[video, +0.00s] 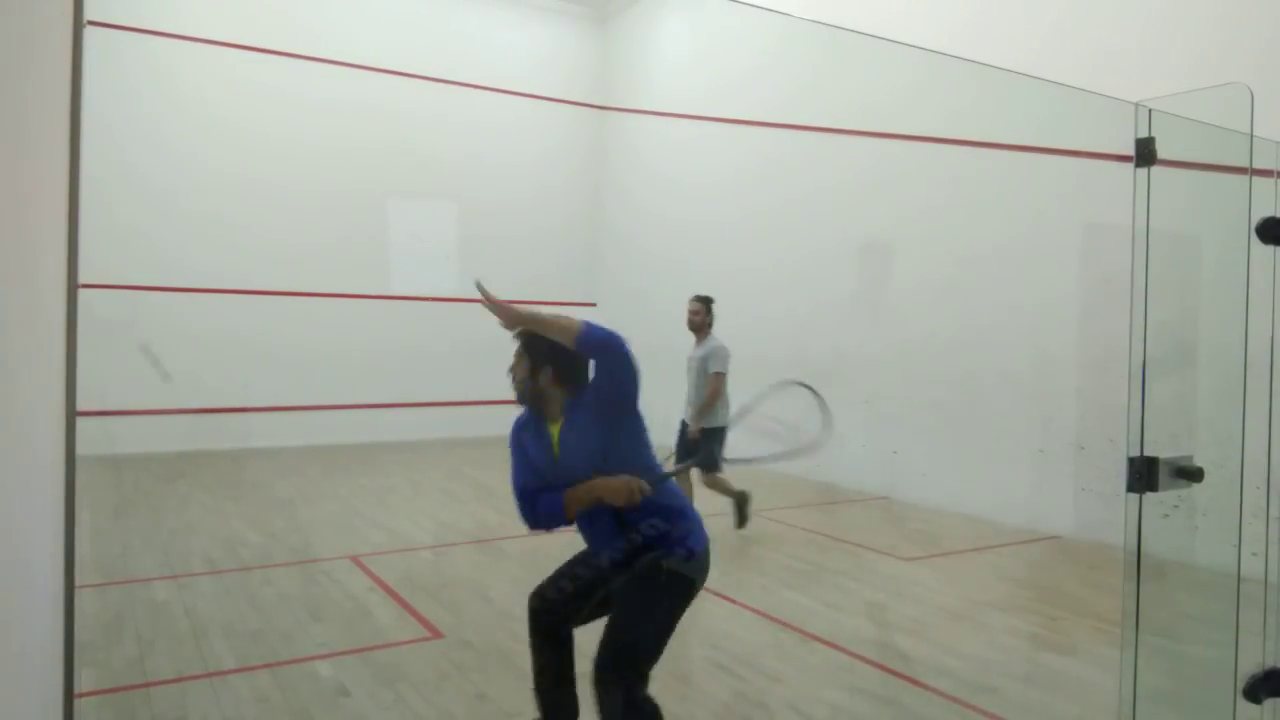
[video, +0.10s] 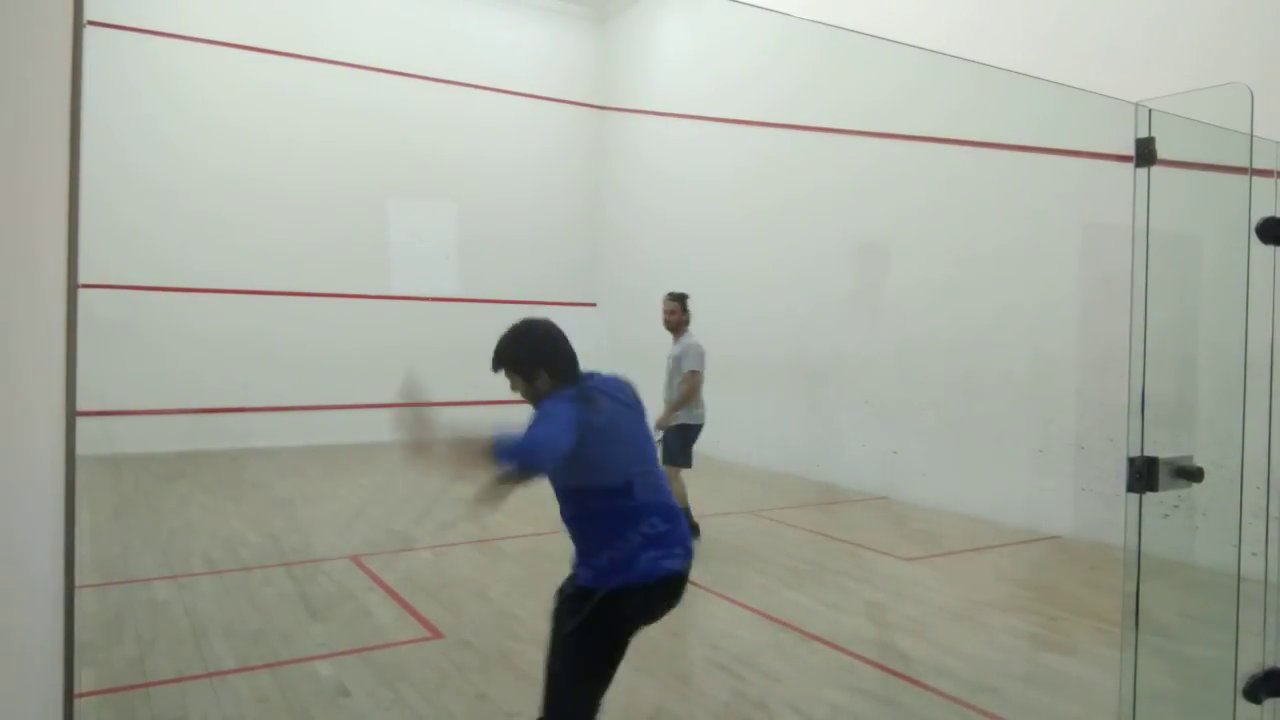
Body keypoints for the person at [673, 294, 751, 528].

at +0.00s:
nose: (690, 318)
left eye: (696, 313)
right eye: (689, 313)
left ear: (708, 317)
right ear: (688, 316)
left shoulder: (717, 350)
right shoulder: (697, 348)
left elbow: (716, 390)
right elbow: (697, 387)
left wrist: (697, 420)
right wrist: (690, 415)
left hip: (712, 424)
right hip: (691, 421)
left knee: (709, 478)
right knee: (680, 471)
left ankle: (738, 496)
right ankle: (686, 519)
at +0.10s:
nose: (667, 318)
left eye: (672, 313)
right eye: (665, 313)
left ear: (685, 316)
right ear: (662, 315)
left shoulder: (691, 347)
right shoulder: (678, 346)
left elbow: (692, 386)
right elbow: (681, 385)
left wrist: (667, 415)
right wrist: (668, 415)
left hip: (686, 419)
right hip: (677, 419)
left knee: (671, 472)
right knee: (670, 472)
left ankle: (686, 521)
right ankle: (684, 519)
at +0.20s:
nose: (635, 320)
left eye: (637, 315)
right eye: (636, 315)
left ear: (646, 319)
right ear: (661, 317)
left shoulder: (648, 349)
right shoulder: (677, 346)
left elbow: (646, 389)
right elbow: (687, 386)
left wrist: (636, 410)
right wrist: (680, 406)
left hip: (654, 423)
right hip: (676, 422)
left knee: (648, 474)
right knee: (650, 472)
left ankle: (673, 523)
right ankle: (666, 523)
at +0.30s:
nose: (623, 334)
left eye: (624, 331)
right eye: (625, 331)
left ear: (629, 333)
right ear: (648, 333)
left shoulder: (625, 360)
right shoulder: (656, 359)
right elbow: (679, 391)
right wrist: (673, 415)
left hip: (646, 434)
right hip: (671, 432)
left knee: (656, 481)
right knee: (656, 479)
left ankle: (674, 532)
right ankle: (673, 532)